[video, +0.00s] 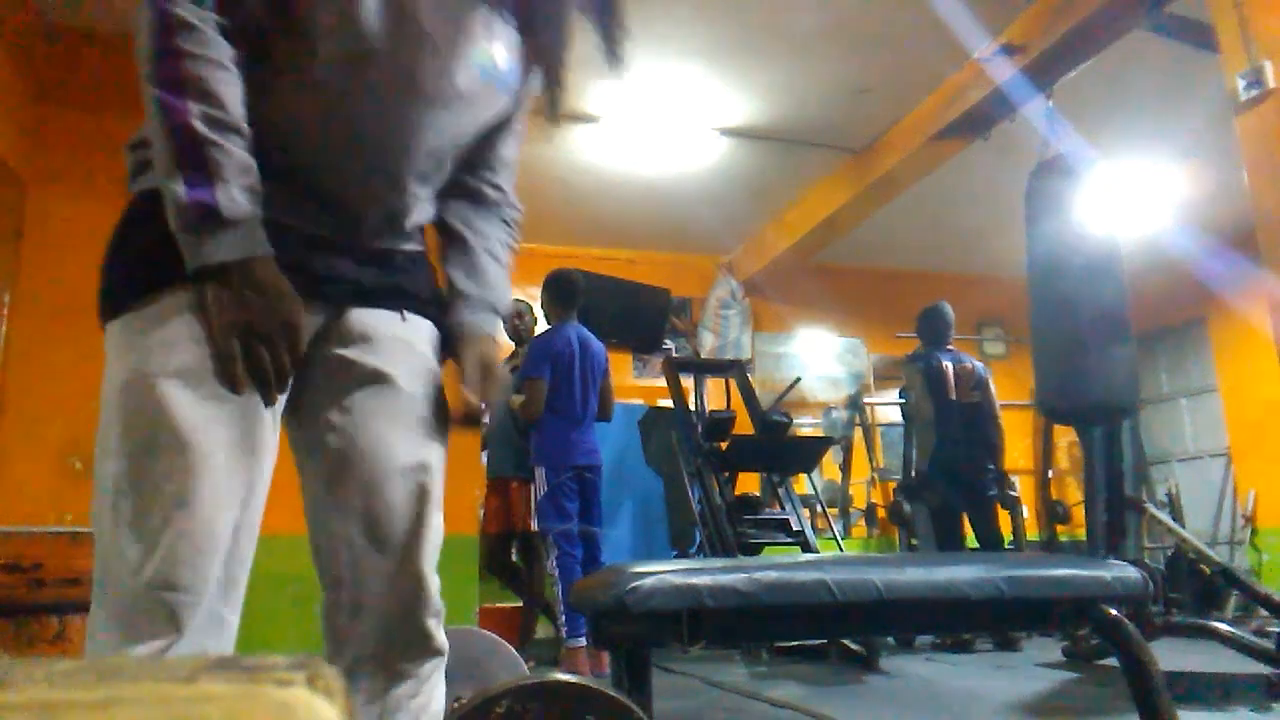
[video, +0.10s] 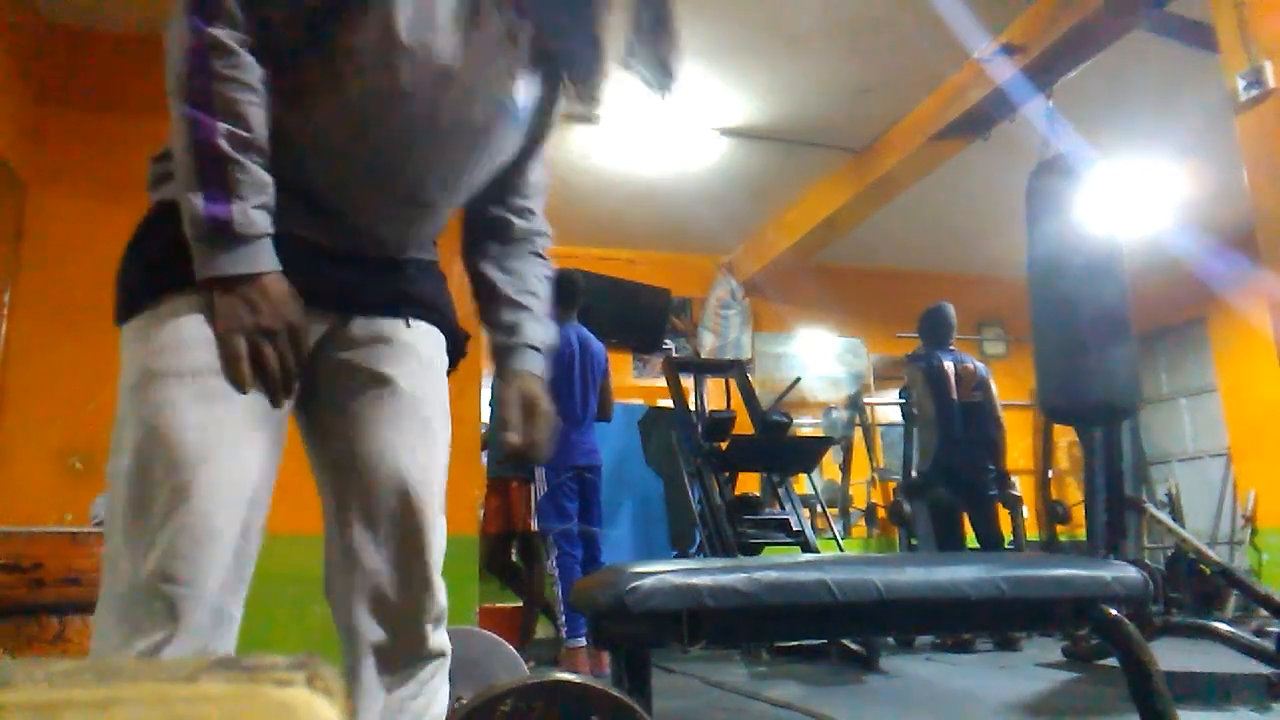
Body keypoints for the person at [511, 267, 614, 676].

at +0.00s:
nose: (541, 304)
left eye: (542, 298)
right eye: (545, 298)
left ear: (547, 300)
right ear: (578, 301)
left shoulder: (543, 344)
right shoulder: (596, 346)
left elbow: (533, 410)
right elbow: (605, 411)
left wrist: (517, 406)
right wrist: (569, 403)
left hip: (555, 457)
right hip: (589, 454)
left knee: (565, 550)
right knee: (591, 546)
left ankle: (576, 646)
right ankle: (599, 647)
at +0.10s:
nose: (548, 306)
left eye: (548, 298)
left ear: (548, 301)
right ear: (578, 302)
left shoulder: (539, 340)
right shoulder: (595, 346)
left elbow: (525, 400)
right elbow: (606, 410)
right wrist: (570, 403)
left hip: (553, 457)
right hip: (589, 453)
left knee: (563, 545)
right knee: (591, 543)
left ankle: (574, 643)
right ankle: (597, 642)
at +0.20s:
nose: (536, 308)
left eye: (540, 300)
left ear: (546, 303)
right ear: (572, 301)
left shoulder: (542, 343)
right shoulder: (594, 346)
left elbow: (541, 408)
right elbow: (604, 410)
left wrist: (519, 404)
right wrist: (565, 396)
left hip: (554, 459)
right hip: (590, 458)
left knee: (565, 551)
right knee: (591, 548)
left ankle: (574, 645)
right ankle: (599, 648)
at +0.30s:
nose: (537, 304)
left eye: (541, 296)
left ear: (544, 300)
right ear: (571, 298)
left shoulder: (536, 340)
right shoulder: (592, 343)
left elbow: (529, 405)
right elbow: (604, 408)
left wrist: (525, 406)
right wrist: (568, 397)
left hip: (553, 453)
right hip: (589, 451)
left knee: (565, 546)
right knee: (591, 543)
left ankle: (575, 644)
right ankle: (599, 647)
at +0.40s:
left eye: (550, 297)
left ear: (548, 301)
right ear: (578, 302)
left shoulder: (537, 340)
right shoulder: (594, 345)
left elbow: (524, 403)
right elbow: (605, 410)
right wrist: (568, 403)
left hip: (551, 457)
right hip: (589, 455)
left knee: (564, 547)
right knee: (590, 543)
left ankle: (573, 642)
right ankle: (597, 639)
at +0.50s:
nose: (550, 307)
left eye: (550, 300)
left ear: (550, 302)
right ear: (579, 302)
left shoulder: (540, 342)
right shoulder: (595, 346)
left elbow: (526, 399)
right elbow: (605, 411)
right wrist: (570, 405)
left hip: (552, 456)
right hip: (588, 454)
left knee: (564, 546)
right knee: (590, 542)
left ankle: (573, 642)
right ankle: (596, 638)